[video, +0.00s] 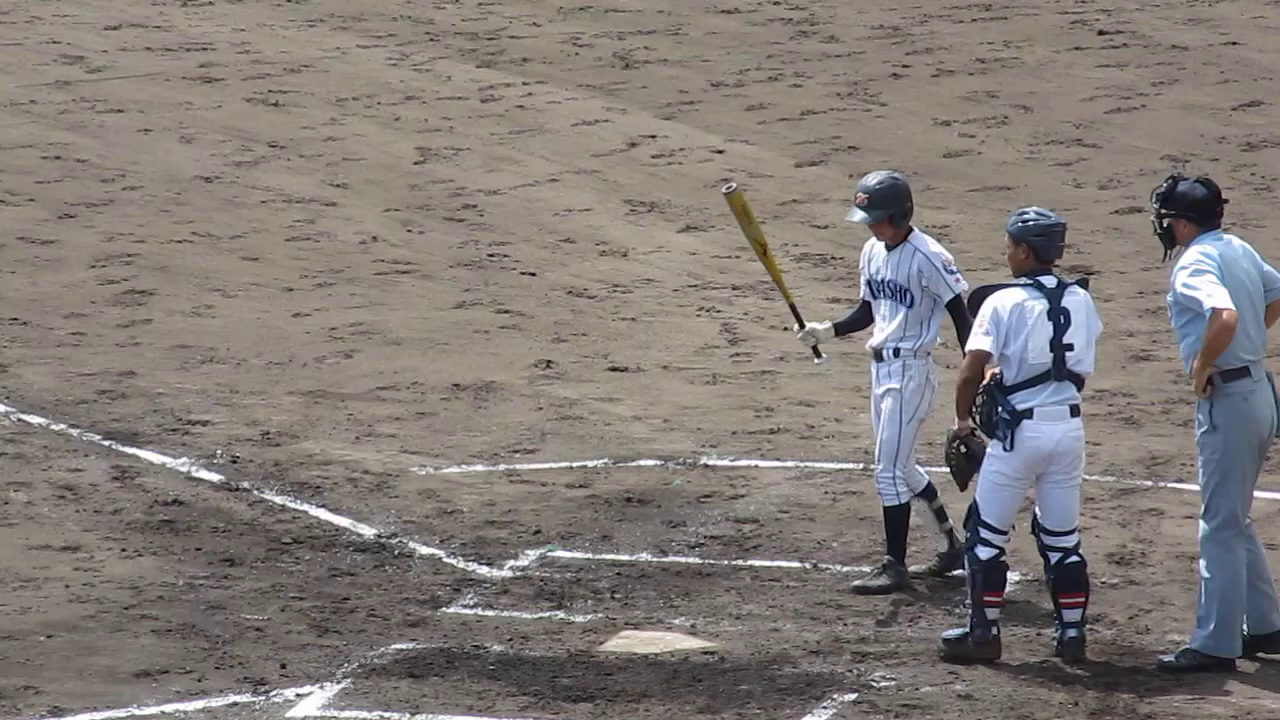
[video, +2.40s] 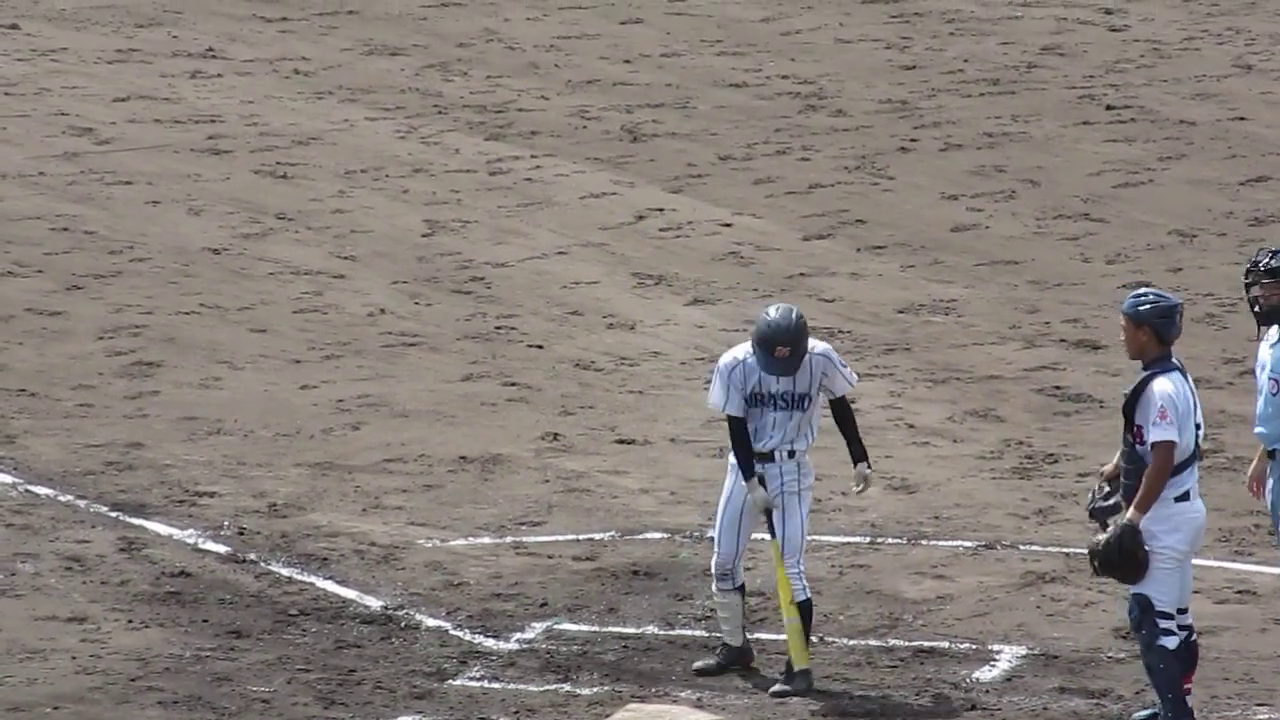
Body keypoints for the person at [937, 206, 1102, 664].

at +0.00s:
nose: (1006, 251)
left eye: (1010, 244)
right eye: (1009, 243)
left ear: (1025, 250)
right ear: (1052, 252)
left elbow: (974, 368)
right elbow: (1078, 372)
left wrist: (963, 416)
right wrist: (1010, 379)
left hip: (1019, 432)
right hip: (1070, 431)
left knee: (987, 534)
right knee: (1062, 538)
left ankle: (983, 633)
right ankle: (1072, 635)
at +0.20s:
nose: (1026, 249)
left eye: (1032, 243)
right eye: (1028, 241)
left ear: (1052, 250)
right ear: (1067, 251)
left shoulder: (1032, 300)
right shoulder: (1093, 296)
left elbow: (1003, 363)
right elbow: (1091, 367)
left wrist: (971, 417)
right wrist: (1026, 388)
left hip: (1046, 430)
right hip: (1088, 425)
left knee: (1023, 532)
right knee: (1074, 536)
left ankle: (1054, 629)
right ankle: (1077, 633)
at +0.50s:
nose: (1040, 253)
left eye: (1046, 247)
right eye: (1042, 245)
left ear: (1066, 254)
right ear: (1077, 254)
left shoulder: (1063, 301)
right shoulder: (1098, 293)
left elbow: (1054, 362)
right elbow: (1104, 368)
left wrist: (1022, 410)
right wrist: (1051, 411)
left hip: (1078, 433)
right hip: (1106, 426)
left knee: (1084, 539)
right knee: (1071, 530)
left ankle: (1121, 635)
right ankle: (1078, 628)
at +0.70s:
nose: (1042, 264)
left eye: (1048, 258)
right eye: (1045, 257)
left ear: (1068, 265)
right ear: (1080, 263)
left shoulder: (1074, 318)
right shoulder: (1107, 294)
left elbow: (1086, 383)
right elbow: (1137, 343)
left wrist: (1064, 437)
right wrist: (1104, 383)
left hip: (1095, 442)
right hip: (1123, 434)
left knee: (1104, 548)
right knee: (1075, 529)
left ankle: (1131, 644)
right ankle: (1080, 630)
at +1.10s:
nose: (1055, 279)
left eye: (1062, 274)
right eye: (1059, 273)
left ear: (1081, 285)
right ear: (1091, 282)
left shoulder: (1085, 342)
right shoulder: (1123, 311)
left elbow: (1088, 412)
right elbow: (1150, 364)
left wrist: (1062, 463)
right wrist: (1137, 415)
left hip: (1110, 462)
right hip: (1141, 450)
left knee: (1114, 561)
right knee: (1129, 550)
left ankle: (1130, 660)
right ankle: (1152, 639)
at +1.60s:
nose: (1079, 327)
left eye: (1086, 321)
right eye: (1083, 320)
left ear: (1107, 331)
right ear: (1118, 328)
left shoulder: (1105, 382)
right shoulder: (1153, 361)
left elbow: (1115, 443)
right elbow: (1179, 425)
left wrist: (1095, 499)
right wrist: (1178, 477)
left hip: (1131, 509)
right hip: (1169, 498)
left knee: (1120, 613)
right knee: (1157, 606)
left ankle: (1131, 707)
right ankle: (1172, 699)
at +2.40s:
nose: (1123, 334)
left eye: (1128, 327)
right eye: (1124, 326)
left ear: (1147, 332)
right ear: (1158, 333)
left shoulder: (1162, 388)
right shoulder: (1169, 376)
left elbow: (1163, 461)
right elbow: (1150, 438)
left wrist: (1131, 519)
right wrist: (1120, 465)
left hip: (1167, 514)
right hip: (1176, 508)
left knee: (1151, 615)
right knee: (1168, 611)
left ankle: (1175, 708)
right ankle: (1172, 701)